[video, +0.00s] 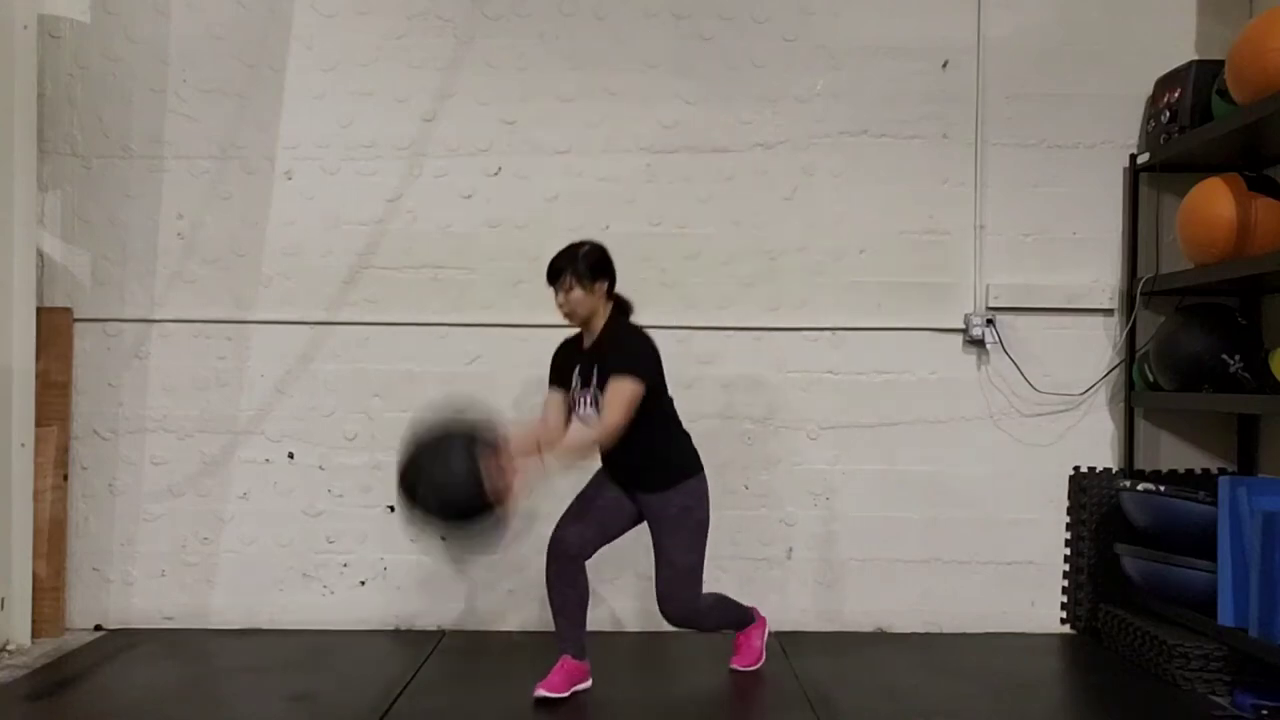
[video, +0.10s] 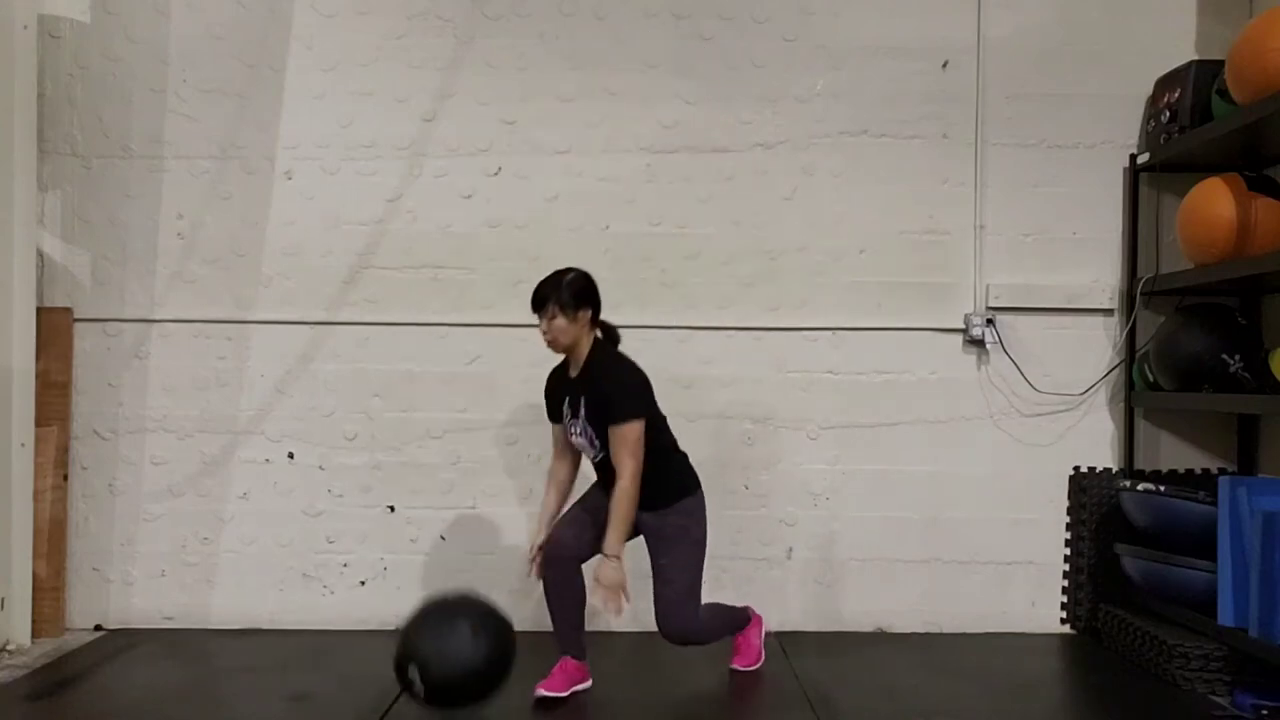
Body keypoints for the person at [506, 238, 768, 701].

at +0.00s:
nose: (562, 300)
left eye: (571, 289)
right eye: (557, 290)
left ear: (602, 288)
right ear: (557, 293)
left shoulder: (633, 348)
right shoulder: (569, 354)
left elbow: (607, 429)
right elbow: (551, 429)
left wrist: (541, 459)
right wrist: (507, 451)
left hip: (675, 486)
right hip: (622, 482)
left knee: (679, 606)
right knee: (564, 549)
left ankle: (750, 622)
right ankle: (574, 661)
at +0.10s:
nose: (544, 328)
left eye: (553, 317)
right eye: (541, 318)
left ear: (586, 317)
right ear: (545, 321)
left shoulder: (620, 378)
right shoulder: (559, 383)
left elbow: (629, 473)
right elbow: (564, 456)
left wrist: (612, 554)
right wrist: (548, 531)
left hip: (671, 501)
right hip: (616, 494)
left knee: (679, 625)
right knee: (558, 551)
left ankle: (746, 621)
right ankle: (573, 663)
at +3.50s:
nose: (653, 207)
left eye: (662, 199)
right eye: (643, 197)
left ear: (671, 210)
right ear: (621, 204)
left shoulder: (681, 265)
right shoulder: (603, 252)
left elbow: (750, 242)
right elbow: (608, 176)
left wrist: (725, 173)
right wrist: (643, 116)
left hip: (665, 425)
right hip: (606, 423)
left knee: (695, 533)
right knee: (580, 543)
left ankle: (676, 645)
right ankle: (552, 655)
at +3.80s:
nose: (587, 212)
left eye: (597, 203)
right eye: (584, 205)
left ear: (626, 204)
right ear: (583, 213)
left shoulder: (655, 257)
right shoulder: (575, 261)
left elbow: (679, 194)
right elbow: (533, 192)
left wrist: (670, 122)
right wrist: (564, 120)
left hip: (647, 430)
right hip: (583, 431)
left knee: (684, 539)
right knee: (550, 544)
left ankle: (738, 624)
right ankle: (547, 656)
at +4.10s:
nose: (559, 274)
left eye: (567, 263)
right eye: (555, 266)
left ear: (597, 256)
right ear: (557, 267)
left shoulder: (628, 305)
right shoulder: (572, 309)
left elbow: (576, 335)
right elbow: (509, 348)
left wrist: (532, 266)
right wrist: (474, 293)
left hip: (663, 461)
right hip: (610, 460)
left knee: (673, 581)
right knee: (551, 541)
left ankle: (745, 628)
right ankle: (549, 658)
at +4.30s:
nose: (528, 323)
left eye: (536, 311)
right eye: (525, 313)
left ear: (571, 311)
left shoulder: (606, 373)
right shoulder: (544, 379)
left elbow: (619, 469)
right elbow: (540, 455)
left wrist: (610, 553)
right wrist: (525, 531)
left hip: (659, 496)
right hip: (603, 486)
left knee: (663, 620)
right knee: (540, 551)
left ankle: (744, 627)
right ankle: (551, 661)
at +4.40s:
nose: (514, 322)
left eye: (523, 311)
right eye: (511, 312)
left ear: (557, 311)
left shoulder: (597, 371)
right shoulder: (535, 380)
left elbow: (621, 469)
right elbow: (532, 458)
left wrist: (607, 551)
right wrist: (509, 530)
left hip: (653, 494)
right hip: (598, 485)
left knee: (663, 617)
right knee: (536, 545)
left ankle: (744, 627)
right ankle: (550, 661)